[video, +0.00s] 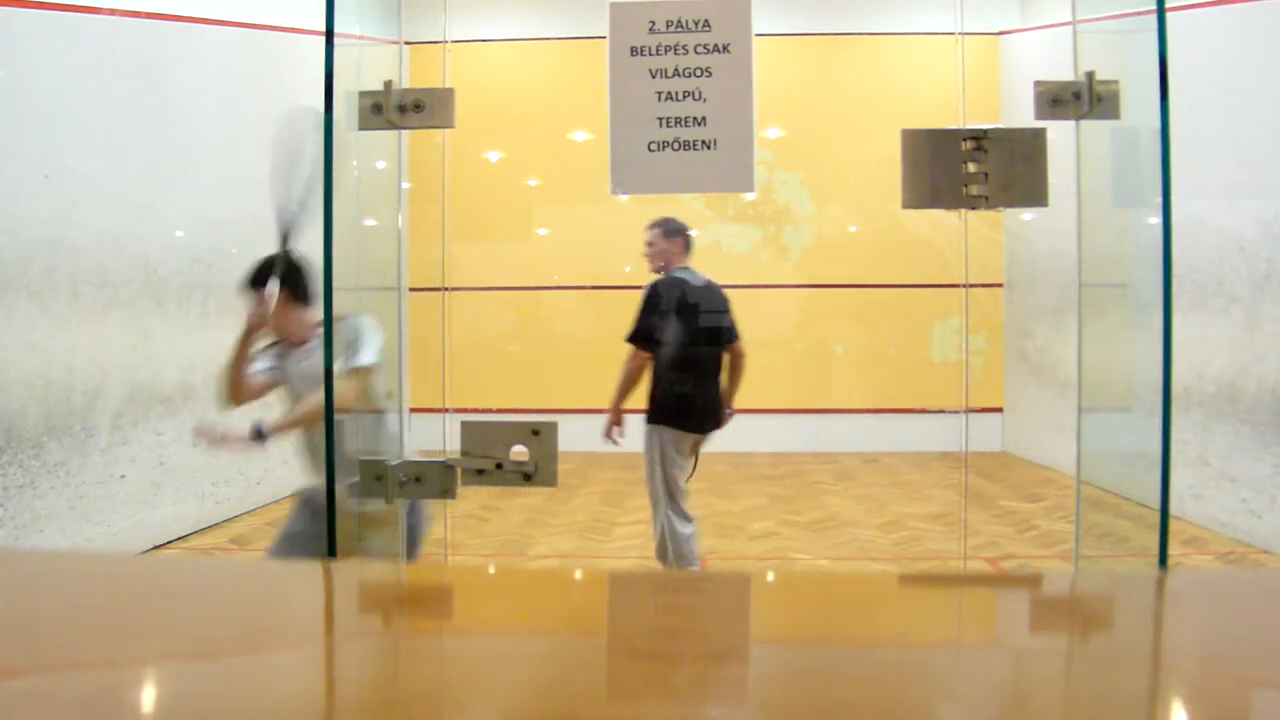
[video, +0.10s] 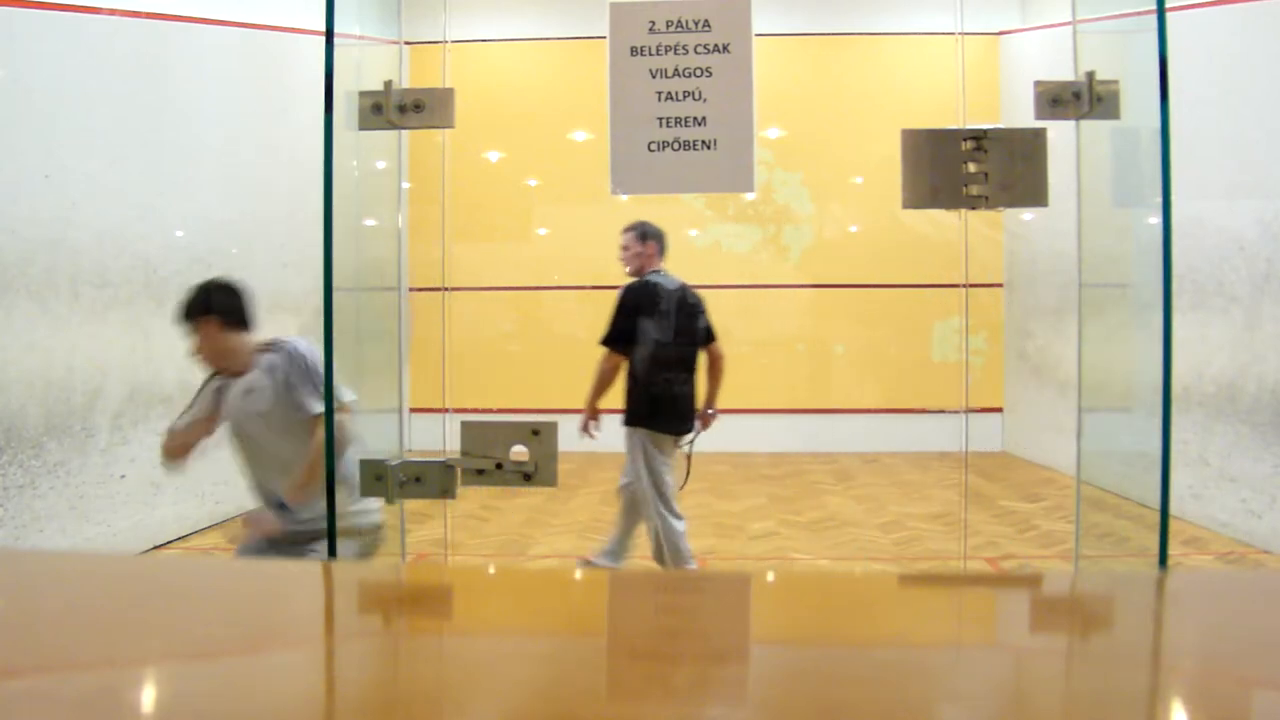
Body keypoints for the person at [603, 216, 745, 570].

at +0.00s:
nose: (647, 254)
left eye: (652, 246)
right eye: (647, 247)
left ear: (677, 245)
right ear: (681, 247)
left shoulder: (662, 291)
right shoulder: (713, 292)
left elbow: (641, 355)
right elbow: (736, 353)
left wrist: (616, 407)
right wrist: (726, 400)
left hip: (669, 409)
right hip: (706, 410)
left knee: (670, 497)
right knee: (671, 492)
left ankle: (687, 577)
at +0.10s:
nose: (623, 258)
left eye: (628, 251)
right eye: (622, 251)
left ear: (652, 250)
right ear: (654, 252)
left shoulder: (636, 293)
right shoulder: (688, 295)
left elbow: (615, 357)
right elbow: (715, 355)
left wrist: (591, 404)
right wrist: (710, 406)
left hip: (646, 411)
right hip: (679, 413)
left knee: (658, 499)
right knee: (633, 489)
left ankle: (682, 574)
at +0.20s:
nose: (599, 263)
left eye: (604, 256)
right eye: (600, 256)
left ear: (629, 258)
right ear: (631, 260)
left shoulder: (613, 300)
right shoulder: (665, 303)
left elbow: (588, 365)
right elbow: (692, 362)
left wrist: (570, 405)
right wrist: (688, 409)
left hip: (621, 420)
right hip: (653, 420)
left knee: (638, 508)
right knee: (605, 500)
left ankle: (682, 576)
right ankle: (581, 566)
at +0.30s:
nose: (581, 263)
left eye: (583, 256)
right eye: (582, 256)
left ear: (597, 258)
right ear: (615, 260)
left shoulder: (590, 301)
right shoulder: (643, 304)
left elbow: (568, 363)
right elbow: (665, 361)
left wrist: (555, 403)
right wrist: (661, 406)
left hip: (595, 416)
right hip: (630, 417)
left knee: (586, 503)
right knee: (586, 498)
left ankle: (658, 562)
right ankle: (578, 571)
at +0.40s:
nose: (567, 258)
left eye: (568, 253)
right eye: (570, 252)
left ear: (571, 255)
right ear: (602, 256)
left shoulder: (569, 297)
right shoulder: (623, 300)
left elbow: (548, 357)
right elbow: (641, 357)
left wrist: (539, 400)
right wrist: (635, 398)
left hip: (574, 412)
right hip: (614, 413)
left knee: (543, 488)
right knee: (583, 493)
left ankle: (607, 550)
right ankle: (576, 568)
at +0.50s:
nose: (549, 258)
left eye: (550, 253)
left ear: (552, 255)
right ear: (584, 255)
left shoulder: (547, 297)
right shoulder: (604, 299)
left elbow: (530, 359)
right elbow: (621, 358)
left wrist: (518, 403)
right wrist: (608, 397)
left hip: (556, 409)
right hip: (597, 409)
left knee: (514, 479)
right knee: (578, 483)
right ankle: (582, 560)